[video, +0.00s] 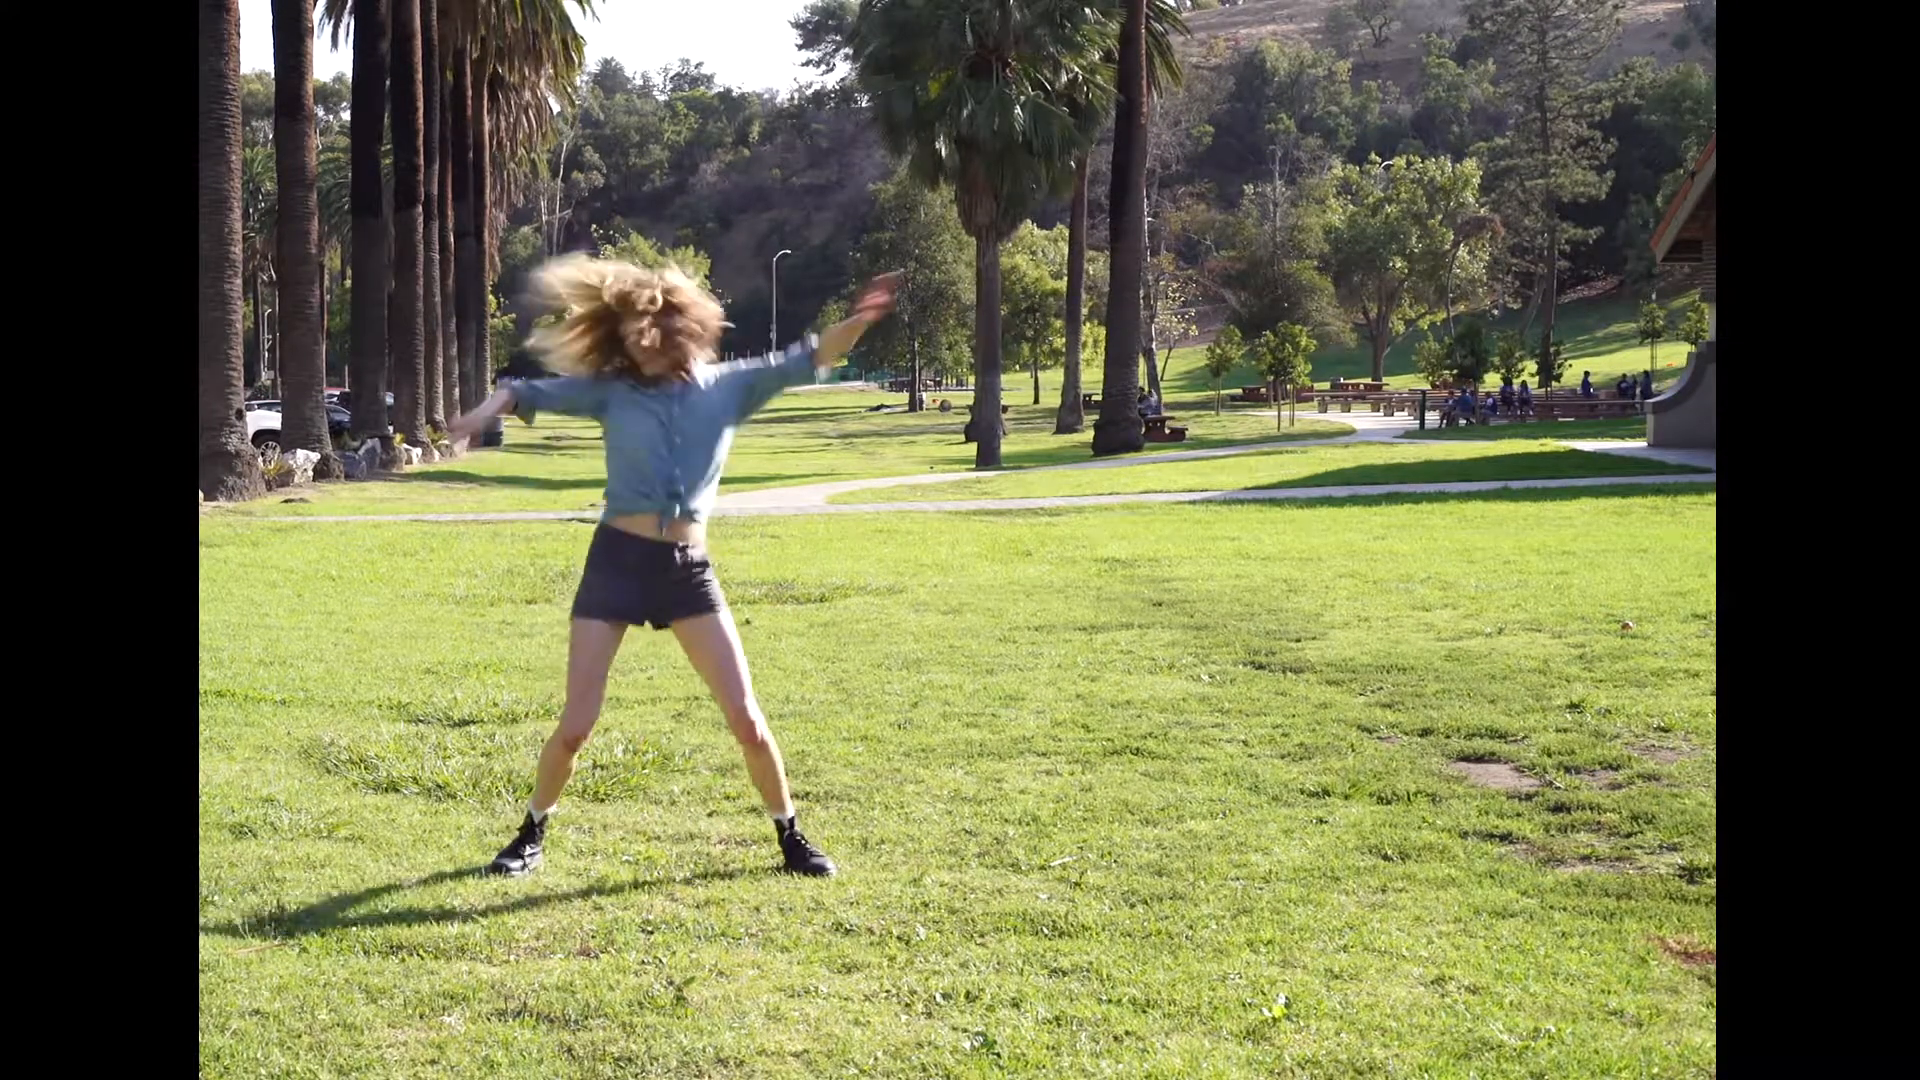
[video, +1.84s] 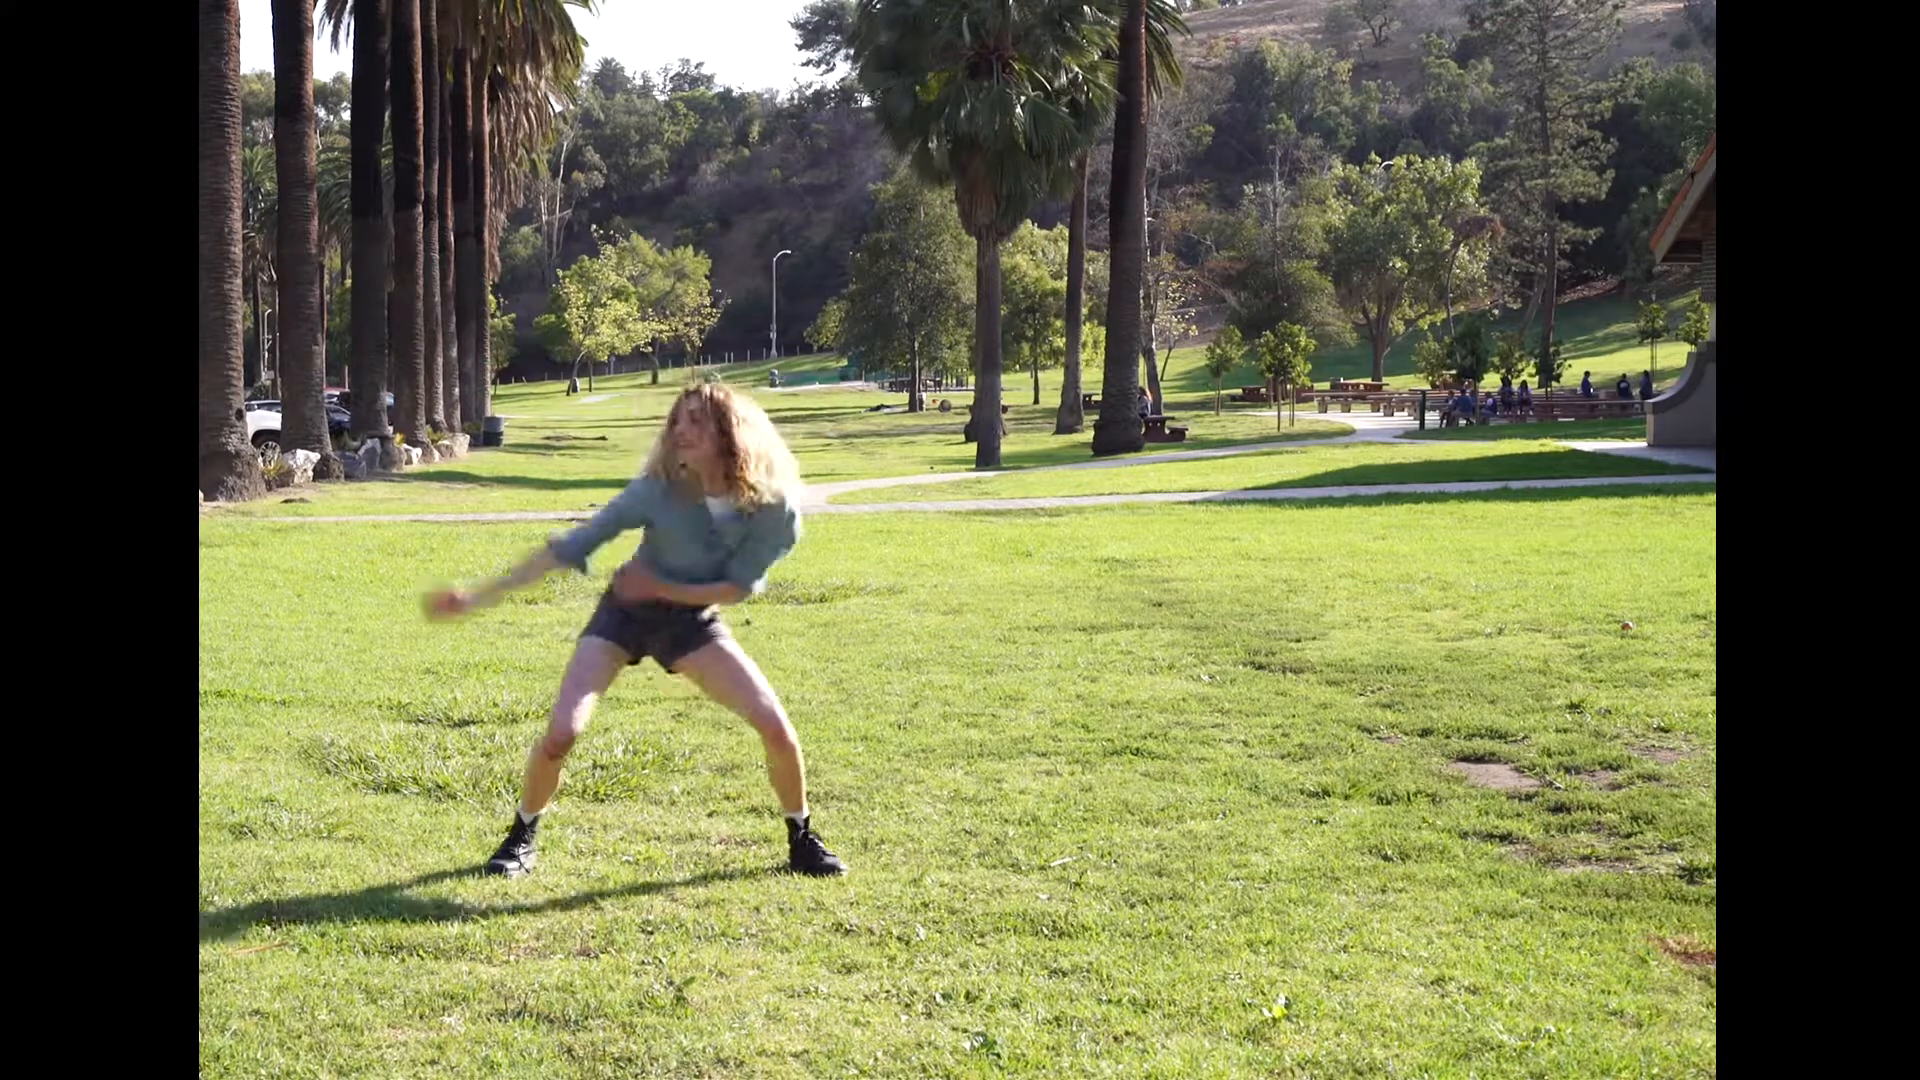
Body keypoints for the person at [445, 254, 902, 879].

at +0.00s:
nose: (645, 336)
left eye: (655, 323)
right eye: (633, 328)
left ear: (679, 327)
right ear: (622, 337)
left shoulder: (722, 386)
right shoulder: (610, 392)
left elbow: (808, 359)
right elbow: (523, 391)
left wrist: (858, 320)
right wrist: (480, 414)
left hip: (686, 566)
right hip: (615, 560)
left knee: (748, 723)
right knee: (576, 724)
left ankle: (792, 839)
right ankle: (531, 834)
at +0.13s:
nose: (695, 397)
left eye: (712, 390)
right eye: (691, 379)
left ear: (730, 395)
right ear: (674, 363)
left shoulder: (722, 434)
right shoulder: (619, 406)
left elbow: (819, 453)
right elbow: (516, 407)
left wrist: (761, 431)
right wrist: (419, 413)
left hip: (683, 573)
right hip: (611, 573)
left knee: (745, 724)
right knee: (567, 735)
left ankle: (791, 835)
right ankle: (529, 836)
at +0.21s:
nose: (688, 400)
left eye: (703, 396)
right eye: (685, 383)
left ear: (721, 400)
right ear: (673, 368)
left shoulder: (723, 434)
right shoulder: (622, 393)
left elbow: (814, 458)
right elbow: (525, 370)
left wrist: (747, 420)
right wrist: (438, 356)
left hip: (679, 570)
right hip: (606, 566)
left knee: (749, 719)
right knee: (562, 734)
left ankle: (794, 836)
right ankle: (527, 837)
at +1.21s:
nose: (676, 425)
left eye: (691, 420)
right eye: (673, 412)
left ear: (719, 426)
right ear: (666, 406)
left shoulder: (725, 480)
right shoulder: (638, 421)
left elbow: (724, 541)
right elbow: (571, 375)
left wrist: (725, 460)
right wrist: (507, 338)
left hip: (666, 616)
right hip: (598, 613)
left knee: (723, 763)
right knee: (555, 746)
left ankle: (787, 840)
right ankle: (525, 838)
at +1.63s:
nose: (675, 433)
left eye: (689, 423)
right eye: (671, 422)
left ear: (720, 434)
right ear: (664, 427)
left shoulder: (742, 514)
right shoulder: (647, 467)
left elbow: (685, 567)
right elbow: (572, 448)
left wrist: (702, 486)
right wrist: (501, 423)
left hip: (657, 632)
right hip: (588, 608)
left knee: (739, 740)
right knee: (549, 729)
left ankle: (793, 838)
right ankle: (520, 837)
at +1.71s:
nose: (683, 439)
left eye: (698, 429)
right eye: (679, 428)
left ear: (729, 441)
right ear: (673, 436)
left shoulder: (750, 528)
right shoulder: (657, 480)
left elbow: (680, 601)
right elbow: (574, 489)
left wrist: (680, 515)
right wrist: (479, 482)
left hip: (662, 629)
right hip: (602, 601)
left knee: (752, 728)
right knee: (535, 726)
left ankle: (796, 839)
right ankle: (517, 838)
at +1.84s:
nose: (681, 430)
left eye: (696, 421)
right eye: (677, 421)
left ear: (729, 435)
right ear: (671, 434)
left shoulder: (771, 510)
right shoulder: (655, 491)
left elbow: (736, 589)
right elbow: (570, 547)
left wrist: (658, 587)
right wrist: (477, 596)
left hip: (689, 620)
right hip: (626, 609)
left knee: (776, 724)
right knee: (562, 731)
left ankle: (802, 839)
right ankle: (520, 839)